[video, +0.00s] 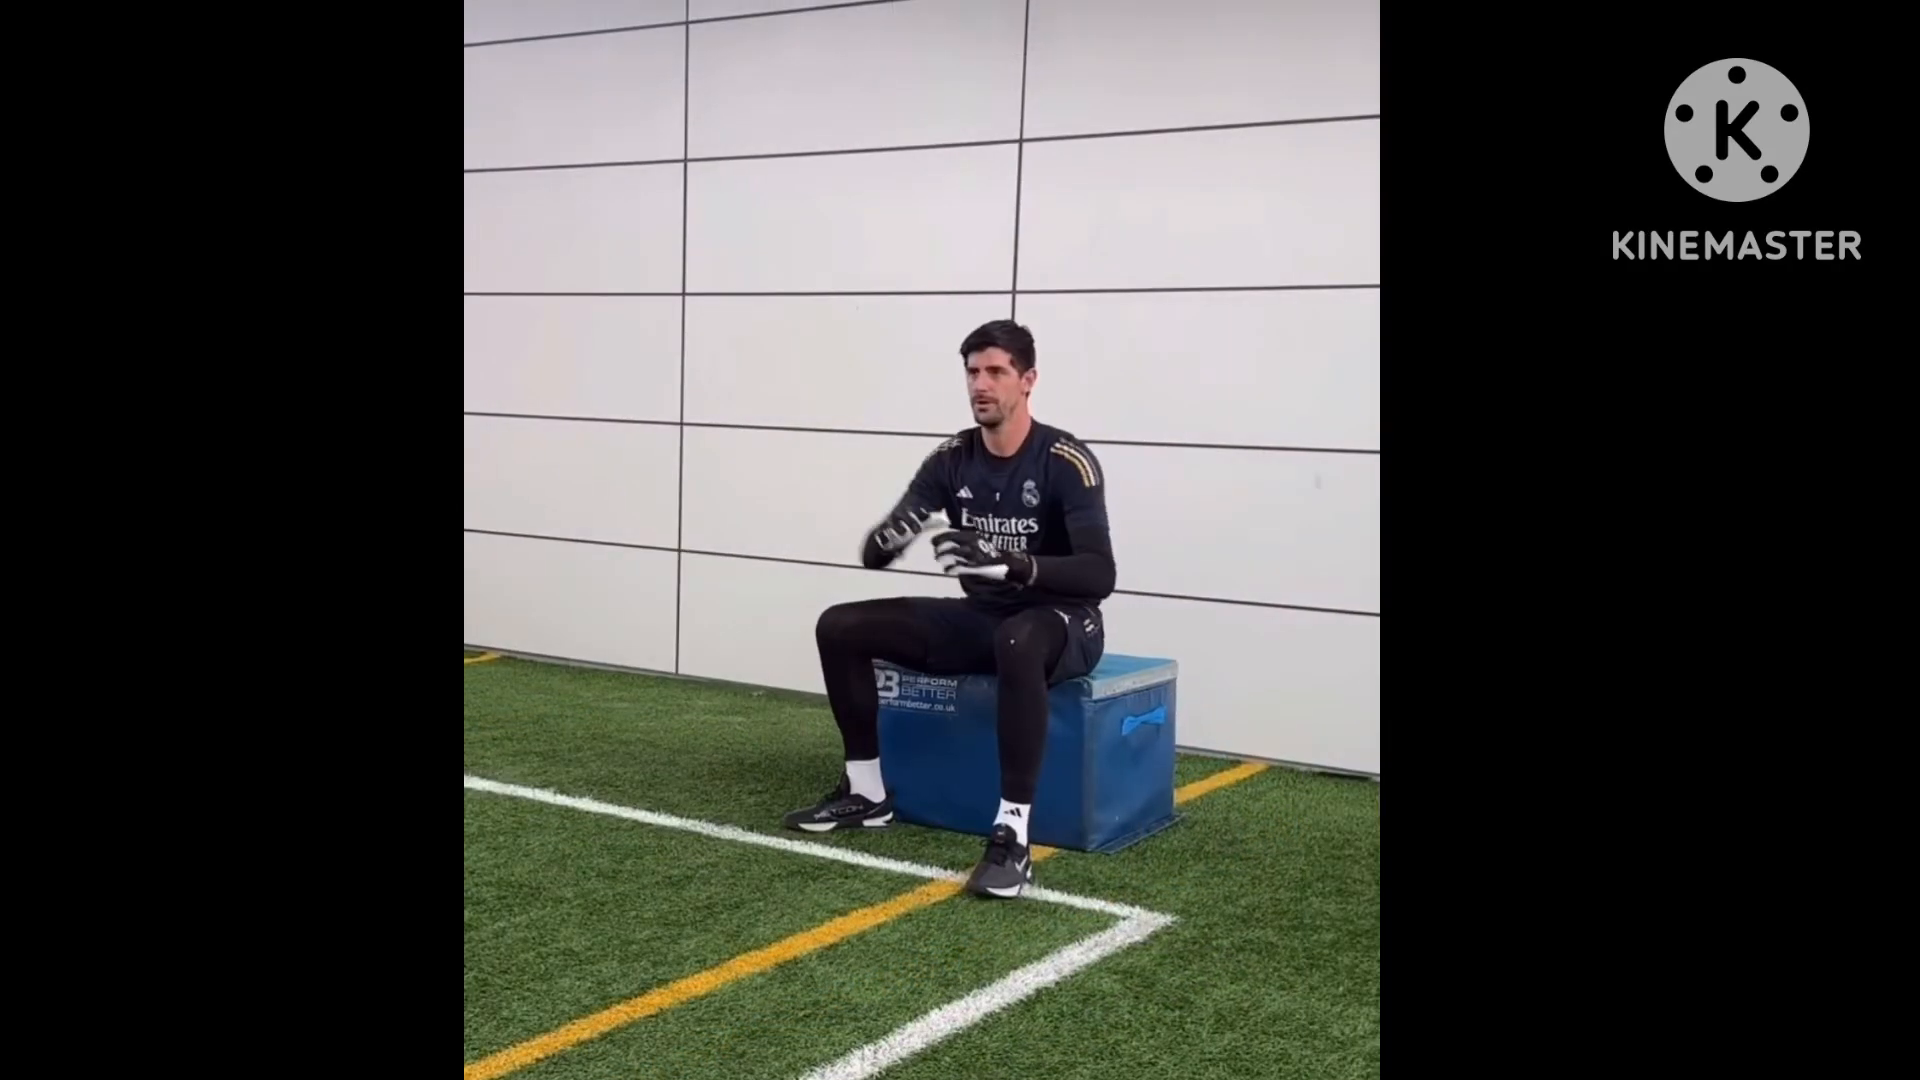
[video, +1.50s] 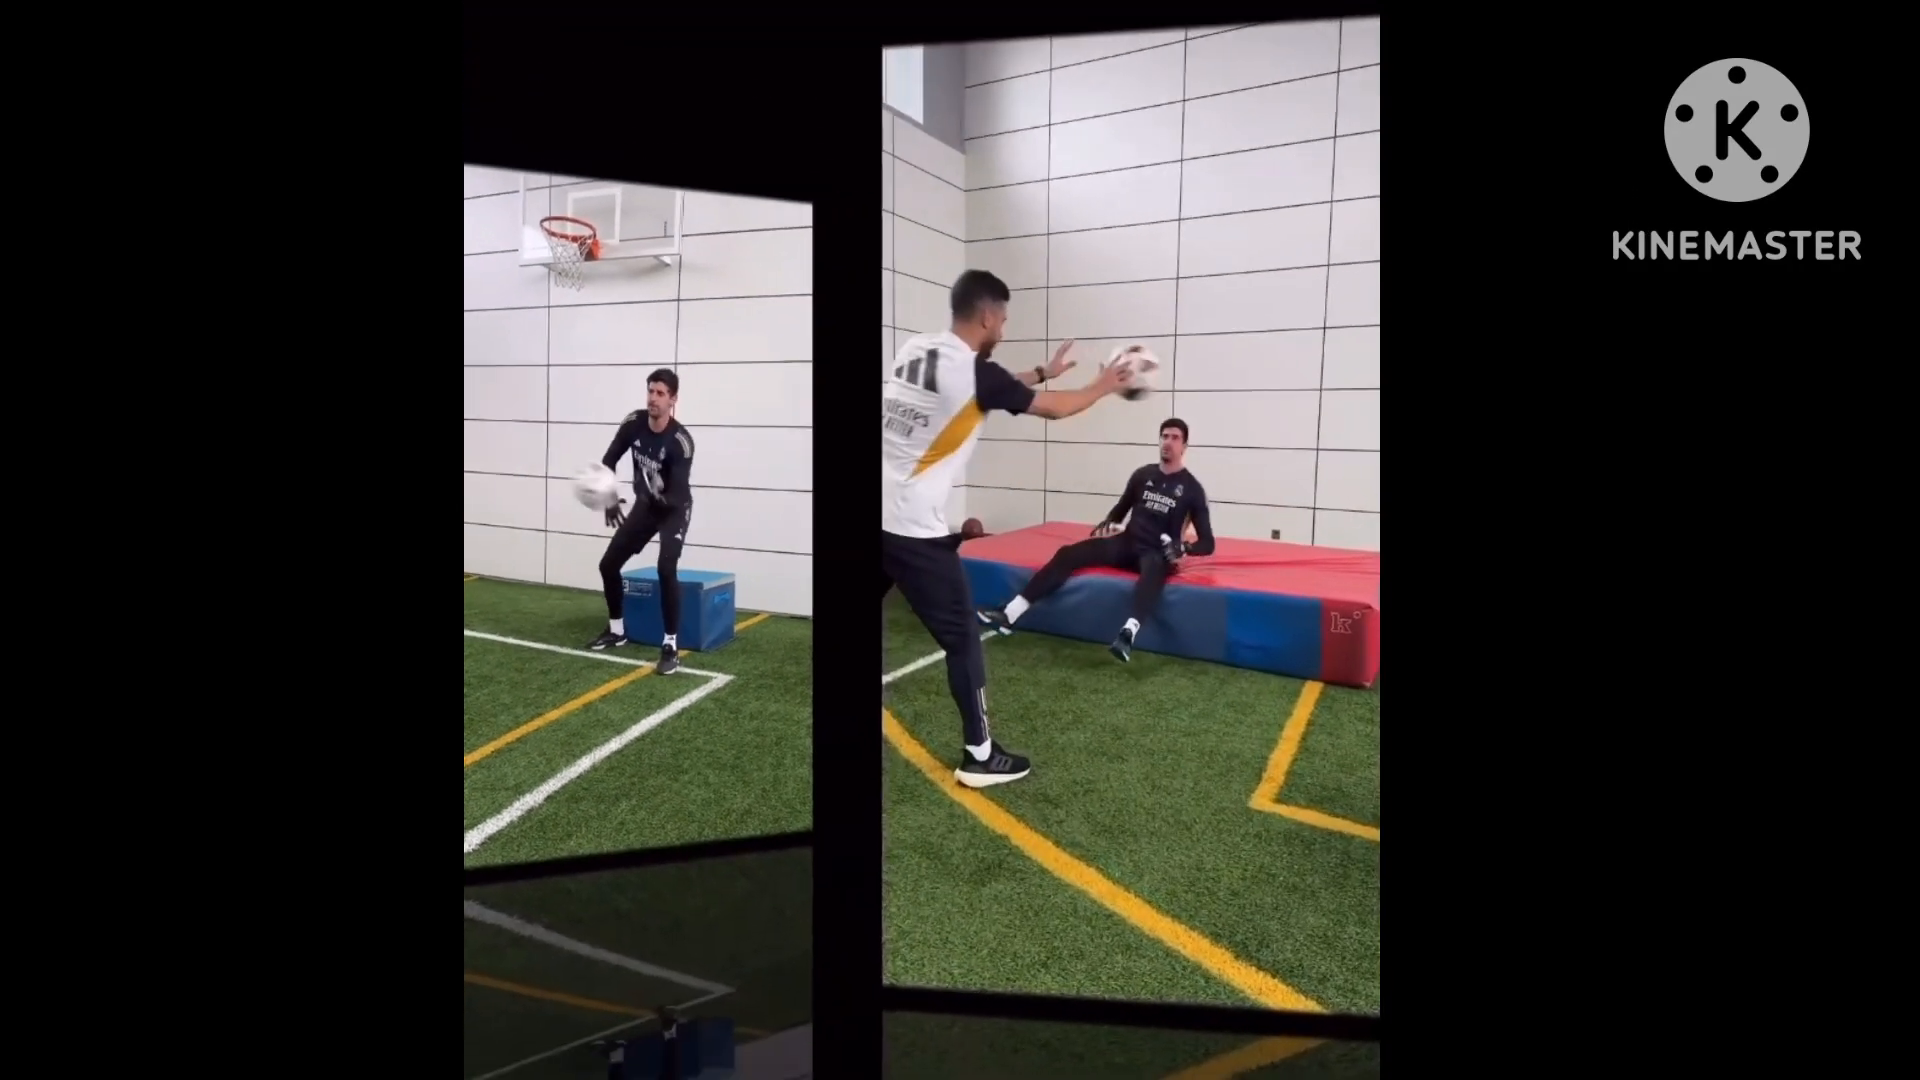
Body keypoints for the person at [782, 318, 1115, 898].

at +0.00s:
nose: (980, 385)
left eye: (994, 373)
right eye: (973, 373)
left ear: (1028, 381)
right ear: (966, 381)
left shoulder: (1068, 462)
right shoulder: (951, 460)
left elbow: (1098, 574)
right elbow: (874, 553)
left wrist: (1015, 564)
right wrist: (886, 540)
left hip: (1064, 621)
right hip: (980, 616)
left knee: (1019, 641)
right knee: (839, 626)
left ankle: (1010, 838)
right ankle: (865, 794)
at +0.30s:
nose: (922, 349)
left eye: (938, 337)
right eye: (916, 337)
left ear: (975, 345)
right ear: (910, 343)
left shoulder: (1010, 405)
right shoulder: (894, 408)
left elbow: (1097, 456)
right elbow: (809, 408)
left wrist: (1017, 461)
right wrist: (770, 407)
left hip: (1049, 579)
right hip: (966, 582)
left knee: (1009, 651)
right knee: (822, 642)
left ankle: (1011, 835)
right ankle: (864, 797)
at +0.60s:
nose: (880, 221)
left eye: (894, 208)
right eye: (872, 209)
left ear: (926, 215)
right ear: (865, 219)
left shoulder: (972, 306)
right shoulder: (850, 307)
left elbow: (1029, 411)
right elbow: (812, 385)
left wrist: (991, 460)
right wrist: (786, 438)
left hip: (962, 498)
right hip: (888, 496)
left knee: (940, 640)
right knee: (809, 627)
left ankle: (952, 805)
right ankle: (824, 770)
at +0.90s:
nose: (796, 267)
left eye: (806, 260)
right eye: (789, 258)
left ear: (822, 267)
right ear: (778, 263)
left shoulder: (833, 326)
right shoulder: (755, 309)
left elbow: (862, 393)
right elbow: (728, 344)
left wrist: (861, 329)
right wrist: (783, 305)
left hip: (803, 484)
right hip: (751, 481)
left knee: (798, 603)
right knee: (719, 593)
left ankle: (808, 722)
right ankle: (719, 699)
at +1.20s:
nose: (712, 337)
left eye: (721, 331)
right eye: (707, 329)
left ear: (734, 337)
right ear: (699, 333)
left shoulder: (748, 391)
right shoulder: (676, 379)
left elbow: (767, 445)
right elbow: (660, 444)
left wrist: (791, 487)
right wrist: (695, 464)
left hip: (724, 498)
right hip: (682, 495)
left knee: (720, 584)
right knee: (658, 576)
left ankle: (724, 675)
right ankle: (656, 656)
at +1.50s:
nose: (653, 398)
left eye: (660, 393)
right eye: (650, 391)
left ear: (673, 399)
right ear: (646, 394)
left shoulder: (680, 442)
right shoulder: (635, 423)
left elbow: (677, 500)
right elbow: (609, 461)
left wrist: (658, 496)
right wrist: (608, 497)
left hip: (675, 510)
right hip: (645, 505)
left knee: (666, 570)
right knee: (608, 565)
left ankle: (669, 647)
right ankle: (616, 632)